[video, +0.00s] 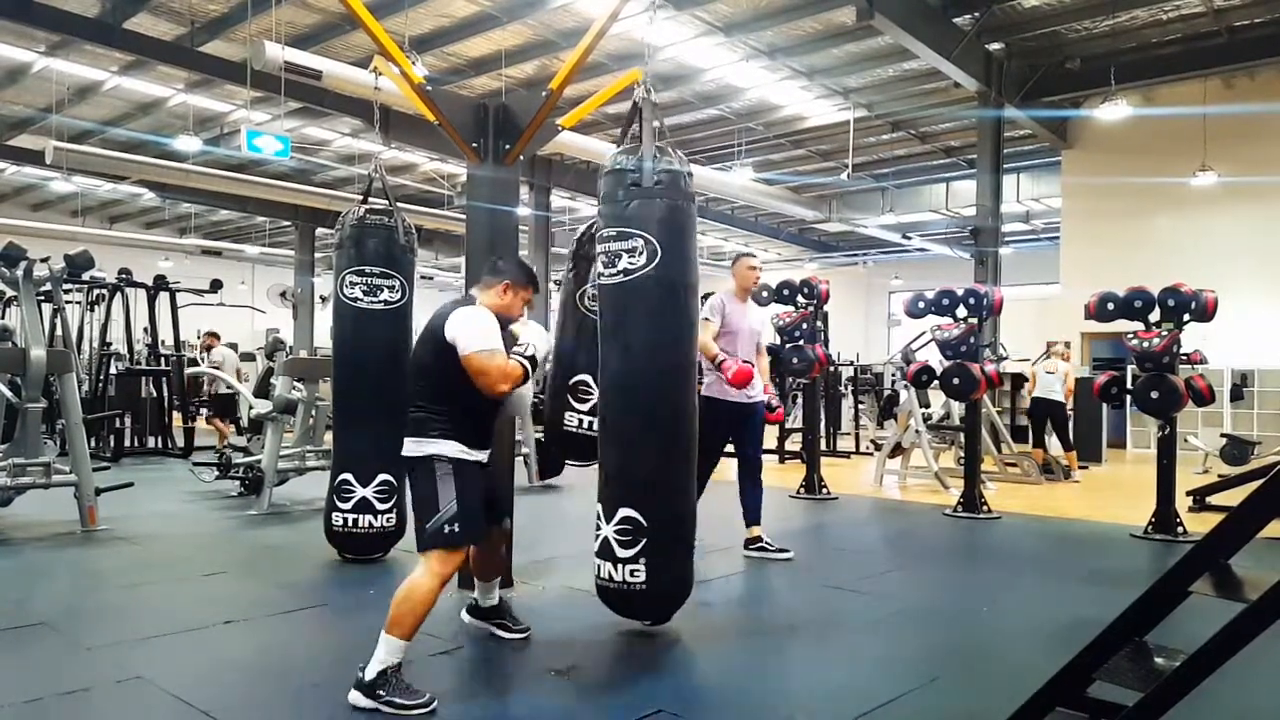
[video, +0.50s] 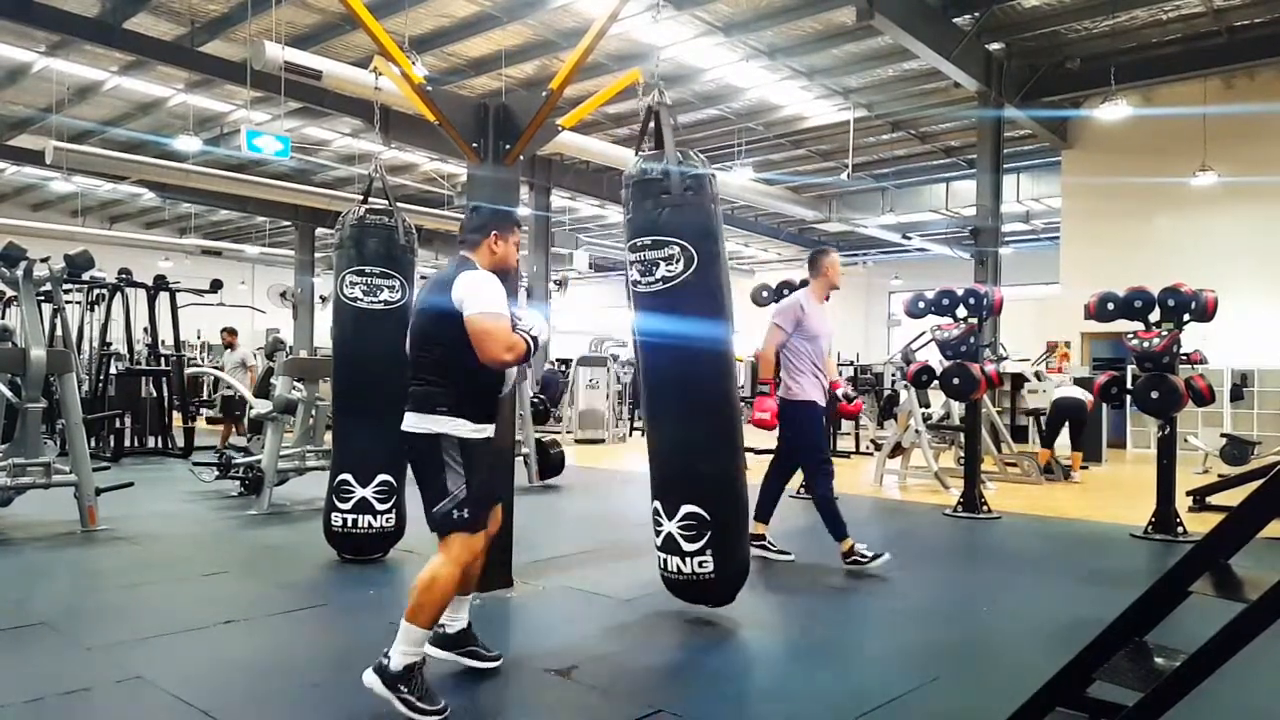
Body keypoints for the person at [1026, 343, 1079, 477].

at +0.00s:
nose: (1068, 358)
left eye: (1068, 356)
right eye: (1067, 355)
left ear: (1049, 354)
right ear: (1063, 355)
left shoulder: (1037, 367)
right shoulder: (1067, 367)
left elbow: (1030, 388)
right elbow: (1070, 388)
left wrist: (1032, 398)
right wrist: (1065, 400)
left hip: (1038, 399)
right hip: (1057, 400)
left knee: (1037, 438)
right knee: (1065, 438)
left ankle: (1036, 471)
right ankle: (1075, 471)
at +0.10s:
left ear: (1052, 356)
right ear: (1068, 358)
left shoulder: (1042, 368)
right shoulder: (1072, 369)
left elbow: (1035, 388)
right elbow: (1075, 389)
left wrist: (1039, 400)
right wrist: (1071, 403)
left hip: (1042, 399)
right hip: (1061, 400)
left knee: (1040, 438)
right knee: (1066, 440)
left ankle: (1036, 471)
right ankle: (1074, 472)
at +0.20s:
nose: (1067, 360)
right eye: (1068, 358)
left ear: (1054, 361)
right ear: (1068, 360)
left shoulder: (1048, 373)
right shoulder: (1076, 373)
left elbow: (1041, 389)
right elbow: (1080, 392)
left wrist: (1044, 400)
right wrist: (1075, 403)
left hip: (1048, 399)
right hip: (1067, 400)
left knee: (1044, 440)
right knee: (1069, 440)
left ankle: (1037, 471)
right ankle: (1075, 472)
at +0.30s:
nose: (1055, 363)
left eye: (1056, 361)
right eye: (1057, 361)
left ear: (1058, 363)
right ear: (1070, 363)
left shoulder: (1052, 377)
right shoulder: (1078, 378)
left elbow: (1048, 392)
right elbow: (1085, 394)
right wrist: (1080, 407)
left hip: (1053, 400)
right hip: (1072, 401)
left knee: (1045, 439)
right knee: (1073, 440)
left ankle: (1039, 471)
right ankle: (1075, 473)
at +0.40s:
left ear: (1057, 377)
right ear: (1071, 378)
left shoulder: (1051, 381)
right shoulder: (1078, 384)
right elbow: (1089, 397)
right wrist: (1084, 409)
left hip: (1057, 401)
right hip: (1076, 403)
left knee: (1049, 438)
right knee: (1075, 440)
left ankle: (1038, 469)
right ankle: (1076, 473)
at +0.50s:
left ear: (1058, 386)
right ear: (1071, 385)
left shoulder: (1055, 390)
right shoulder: (1079, 389)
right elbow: (1090, 398)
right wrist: (1085, 412)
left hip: (1059, 403)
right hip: (1079, 404)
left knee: (1049, 439)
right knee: (1076, 441)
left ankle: (1039, 470)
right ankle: (1075, 473)